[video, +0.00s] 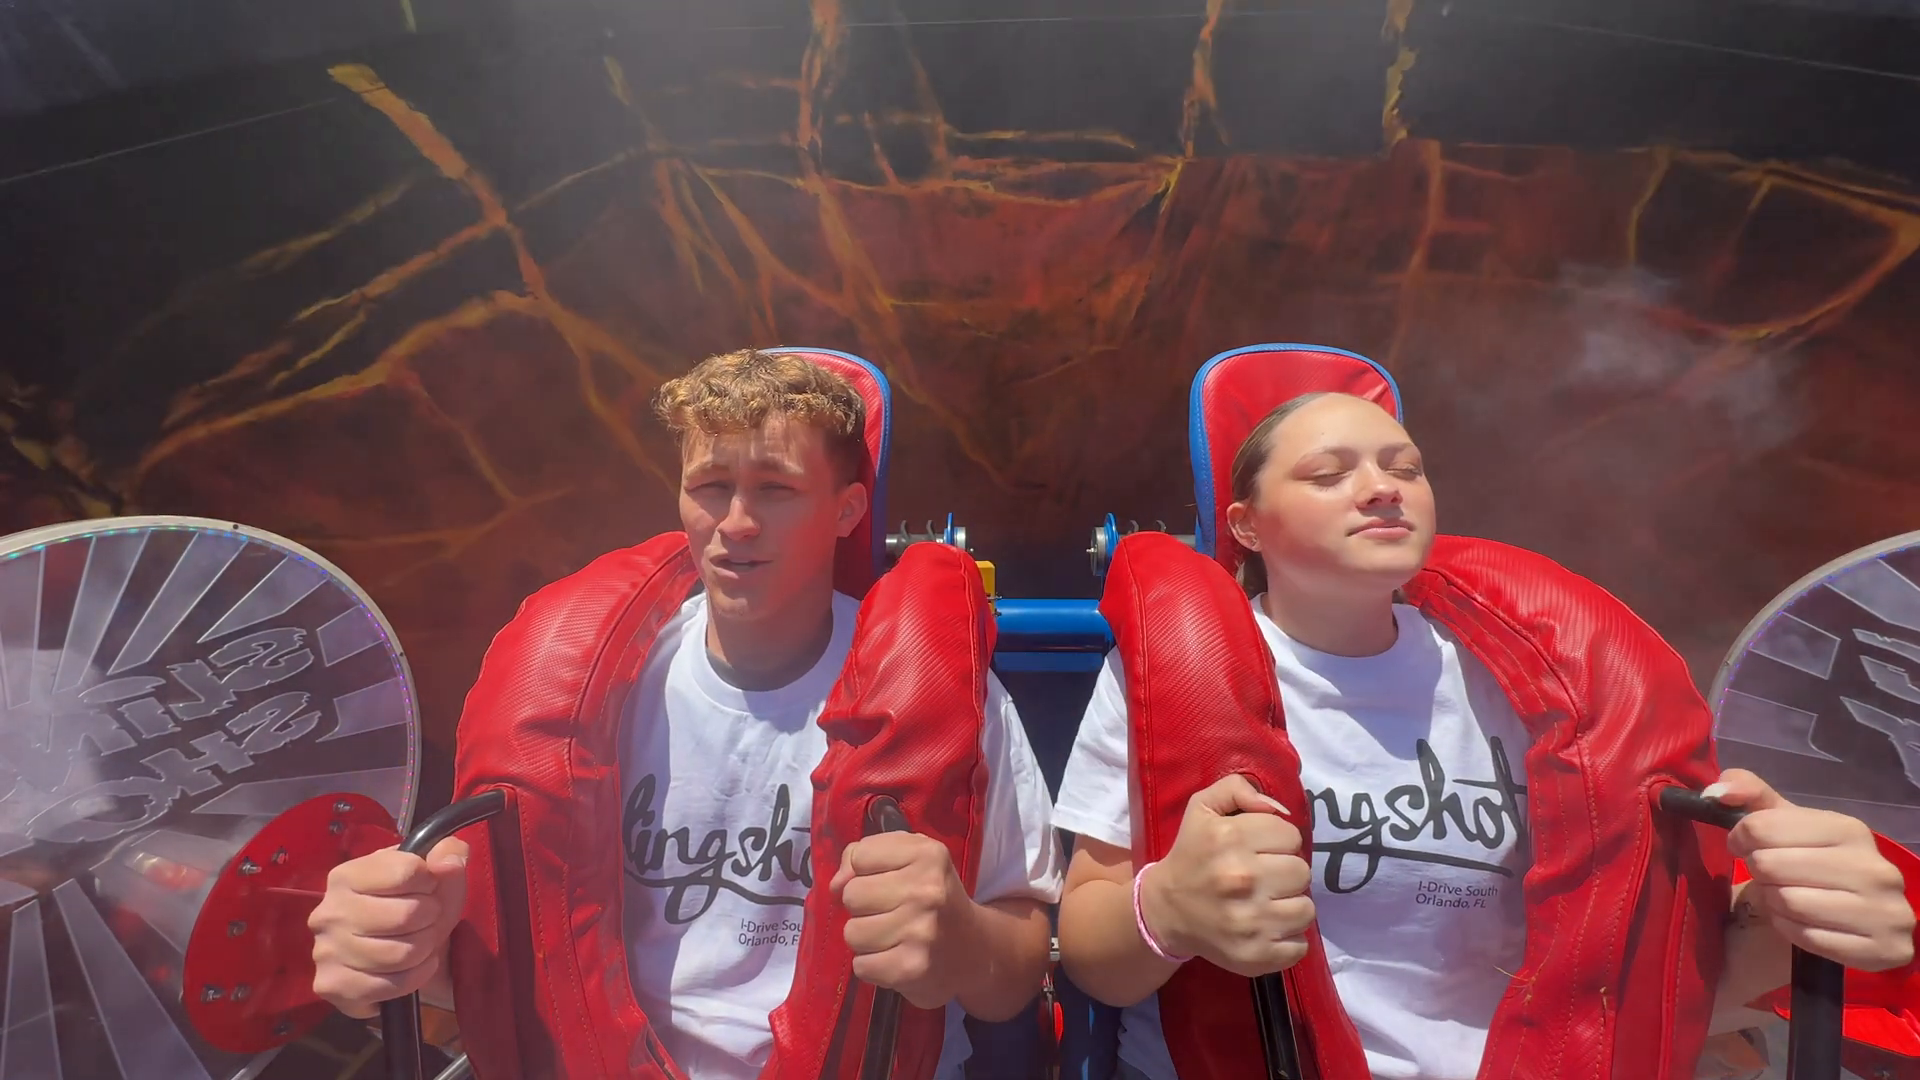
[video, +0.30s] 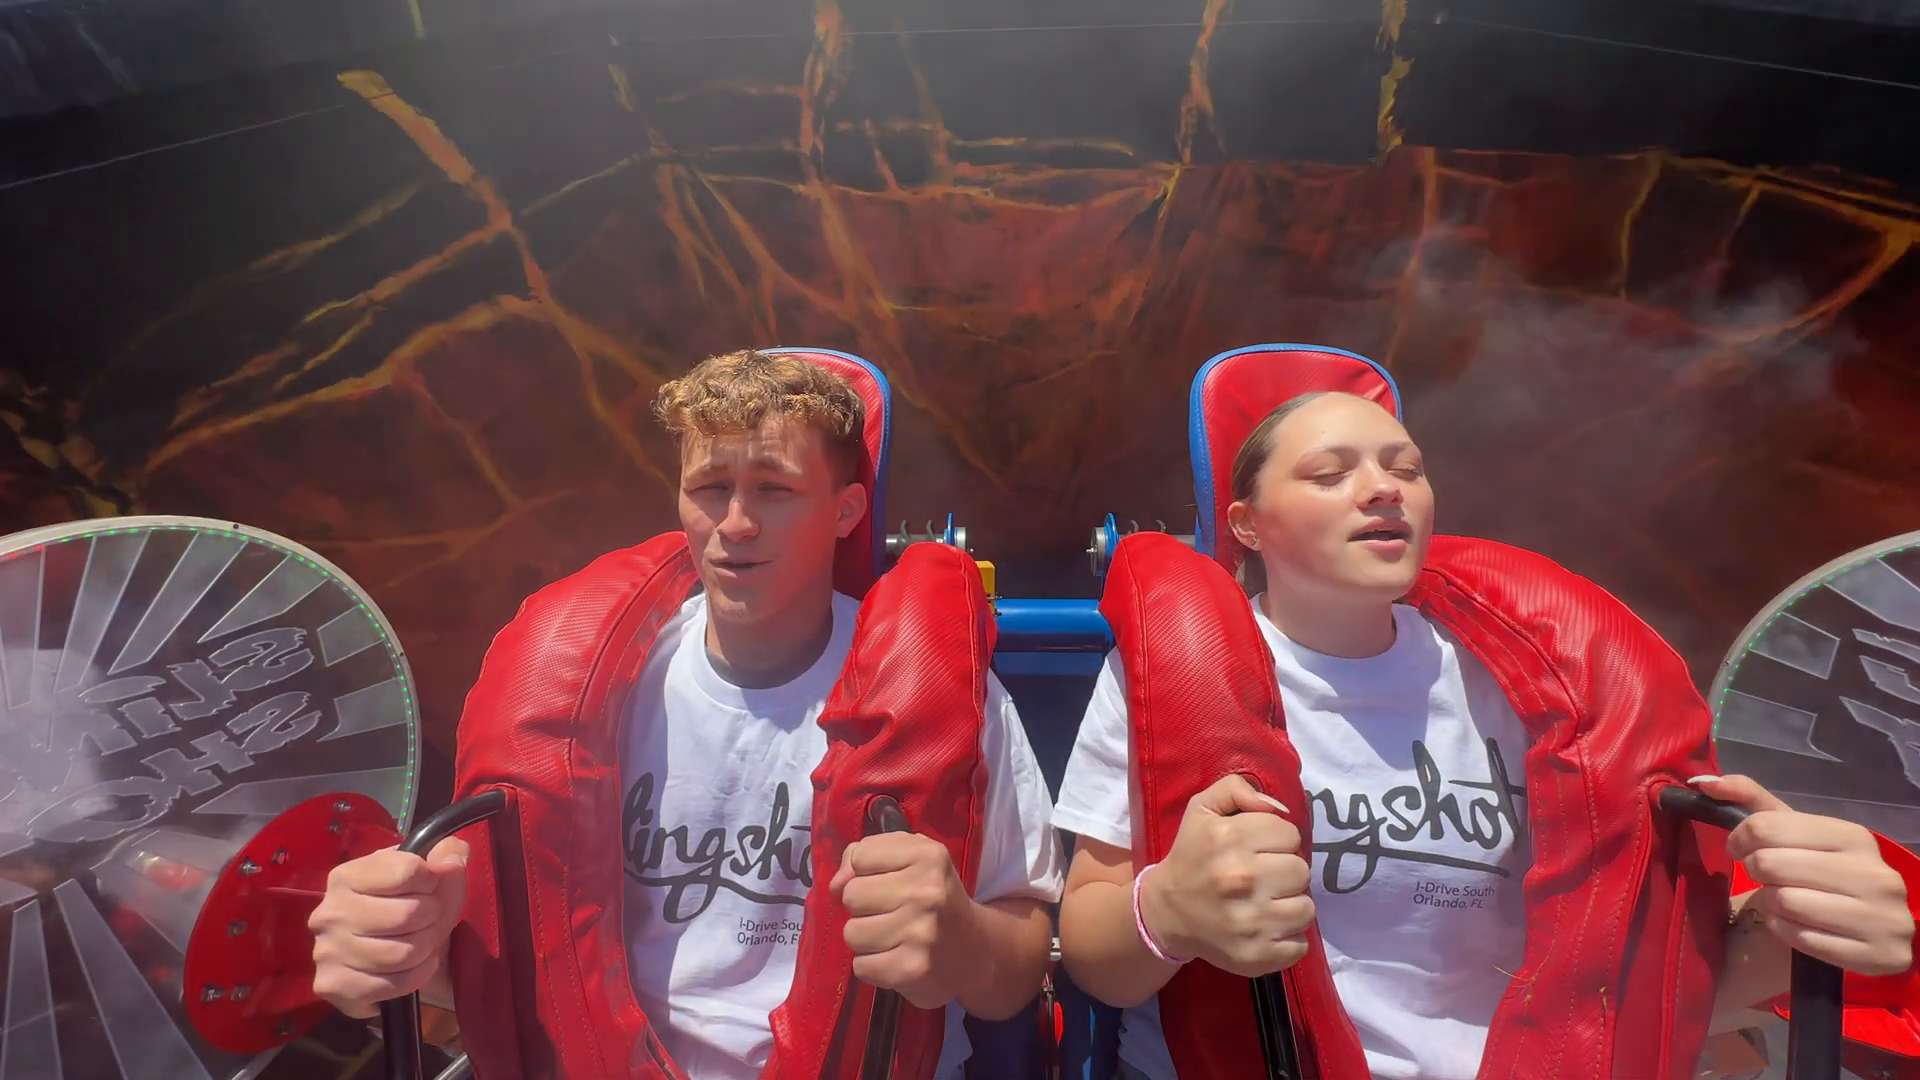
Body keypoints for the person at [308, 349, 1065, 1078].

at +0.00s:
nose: (736, 525)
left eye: (775, 491)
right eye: (712, 488)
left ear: (849, 507)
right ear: (679, 491)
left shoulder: (936, 692)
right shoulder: (582, 672)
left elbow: (1024, 968)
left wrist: (967, 945)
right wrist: (404, 941)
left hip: (828, 1064)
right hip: (610, 1059)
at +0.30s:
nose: (735, 525)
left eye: (773, 491)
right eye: (710, 489)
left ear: (848, 507)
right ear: (679, 494)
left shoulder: (934, 690)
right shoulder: (583, 671)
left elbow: (1027, 962)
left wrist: (967, 947)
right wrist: (407, 939)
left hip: (826, 1064)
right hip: (608, 1059)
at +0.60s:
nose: (735, 524)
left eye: (774, 490)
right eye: (711, 488)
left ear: (849, 505)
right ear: (679, 493)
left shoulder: (933, 688)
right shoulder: (583, 670)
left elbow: (1026, 961)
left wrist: (967, 946)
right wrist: (408, 940)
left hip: (831, 1063)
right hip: (612, 1058)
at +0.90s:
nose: (730, 523)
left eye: (770, 490)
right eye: (707, 488)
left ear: (847, 507)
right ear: (675, 492)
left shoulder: (935, 689)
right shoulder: (582, 672)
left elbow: (1024, 964)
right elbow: (504, 931)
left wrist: (967, 944)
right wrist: (408, 943)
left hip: (831, 1063)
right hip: (611, 1058)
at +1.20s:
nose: (727, 521)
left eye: (767, 490)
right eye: (703, 488)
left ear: (846, 505)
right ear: (675, 492)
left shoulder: (935, 688)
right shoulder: (583, 674)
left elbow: (1024, 963)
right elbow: (507, 938)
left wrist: (970, 945)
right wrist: (405, 943)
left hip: (835, 1063)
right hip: (614, 1058)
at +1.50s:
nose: (727, 522)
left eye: (767, 491)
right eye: (703, 489)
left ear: (846, 505)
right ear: (674, 493)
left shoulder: (934, 688)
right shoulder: (584, 674)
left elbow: (1026, 953)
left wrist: (961, 950)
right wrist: (413, 946)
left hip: (835, 1063)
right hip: (614, 1057)